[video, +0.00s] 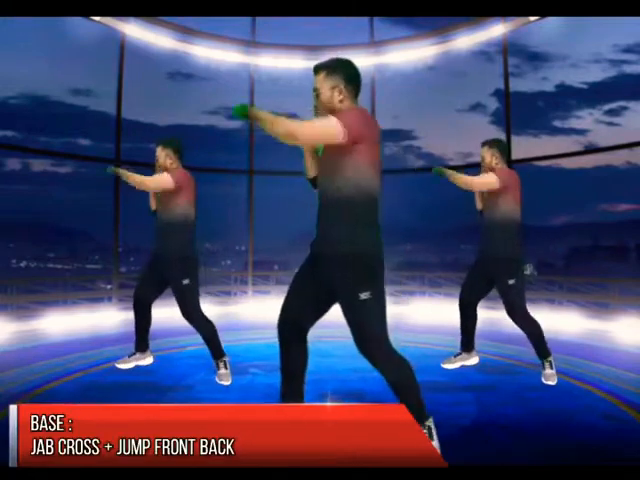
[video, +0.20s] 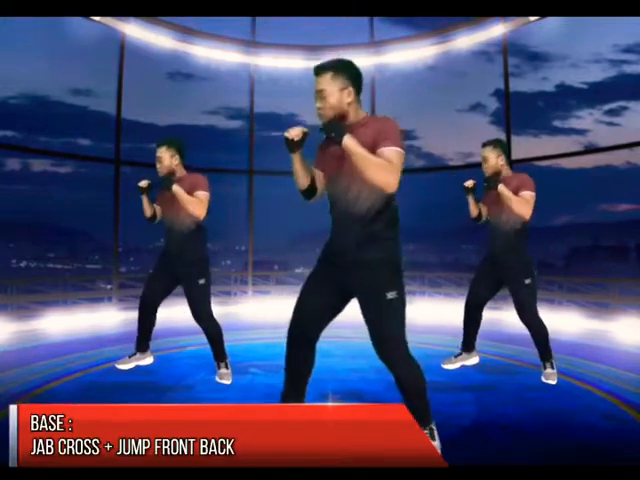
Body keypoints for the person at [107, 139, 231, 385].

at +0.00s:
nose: (157, 159)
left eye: (161, 155)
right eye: (157, 156)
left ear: (171, 156)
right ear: (165, 158)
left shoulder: (181, 177)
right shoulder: (167, 179)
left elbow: (146, 183)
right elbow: (156, 207)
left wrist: (121, 173)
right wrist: (151, 182)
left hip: (182, 257)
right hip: (164, 256)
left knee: (192, 312)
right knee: (142, 299)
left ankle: (221, 360)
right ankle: (142, 352)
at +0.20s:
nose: (157, 164)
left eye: (161, 158)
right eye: (157, 159)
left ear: (175, 158)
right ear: (167, 161)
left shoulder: (196, 181)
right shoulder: (165, 190)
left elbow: (200, 212)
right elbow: (152, 216)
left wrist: (175, 187)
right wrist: (145, 194)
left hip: (194, 256)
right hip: (171, 255)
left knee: (202, 313)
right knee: (148, 301)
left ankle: (222, 364)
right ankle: (142, 352)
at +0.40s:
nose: (161, 166)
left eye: (165, 161)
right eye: (160, 161)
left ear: (181, 160)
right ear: (166, 164)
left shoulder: (202, 184)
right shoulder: (167, 192)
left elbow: (208, 213)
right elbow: (151, 219)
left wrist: (178, 189)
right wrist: (144, 197)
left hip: (198, 263)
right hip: (171, 262)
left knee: (205, 317)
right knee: (143, 303)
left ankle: (223, 364)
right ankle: (142, 352)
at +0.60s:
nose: (146, 155)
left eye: (150, 150)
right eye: (145, 151)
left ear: (165, 150)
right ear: (149, 155)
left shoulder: (187, 174)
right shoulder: (152, 185)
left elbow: (194, 201)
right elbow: (138, 208)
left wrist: (167, 174)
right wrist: (128, 188)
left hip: (184, 252)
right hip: (156, 252)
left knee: (197, 306)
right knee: (127, 287)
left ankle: (219, 359)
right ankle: (118, 337)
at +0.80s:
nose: (135, 170)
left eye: (139, 165)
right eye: (133, 165)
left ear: (153, 166)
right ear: (134, 169)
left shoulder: (172, 191)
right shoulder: (137, 199)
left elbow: (177, 221)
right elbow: (116, 217)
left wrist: (155, 192)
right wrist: (111, 197)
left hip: (163, 266)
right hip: (135, 265)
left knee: (183, 314)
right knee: (115, 304)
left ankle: (189, 357)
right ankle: (115, 347)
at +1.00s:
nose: (140, 155)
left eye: (143, 149)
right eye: (139, 151)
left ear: (158, 150)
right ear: (142, 155)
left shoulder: (179, 174)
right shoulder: (144, 183)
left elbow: (186, 202)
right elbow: (126, 205)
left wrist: (159, 179)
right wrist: (119, 184)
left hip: (175, 249)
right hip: (148, 249)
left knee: (195, 303)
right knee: (125, 293)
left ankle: (207, 352)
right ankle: (117, 342)